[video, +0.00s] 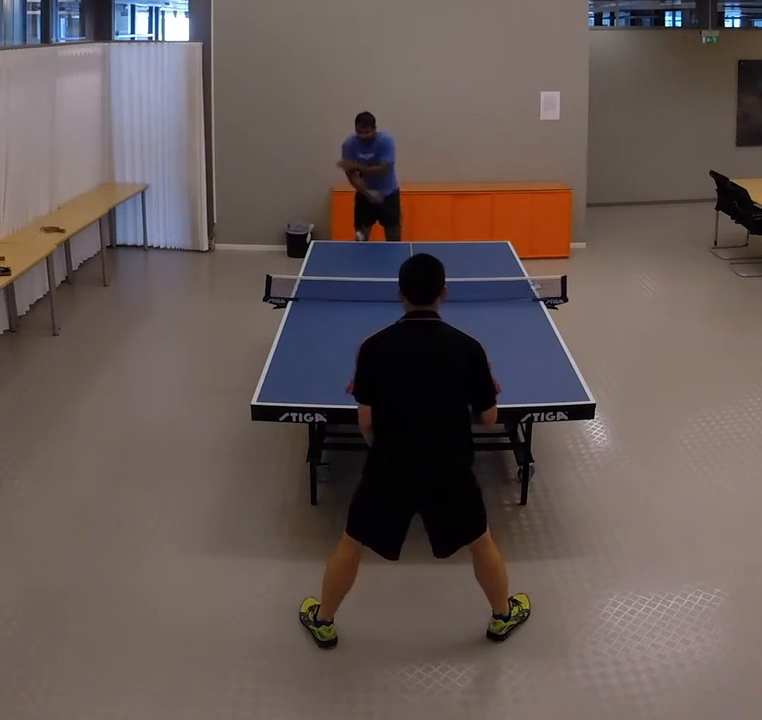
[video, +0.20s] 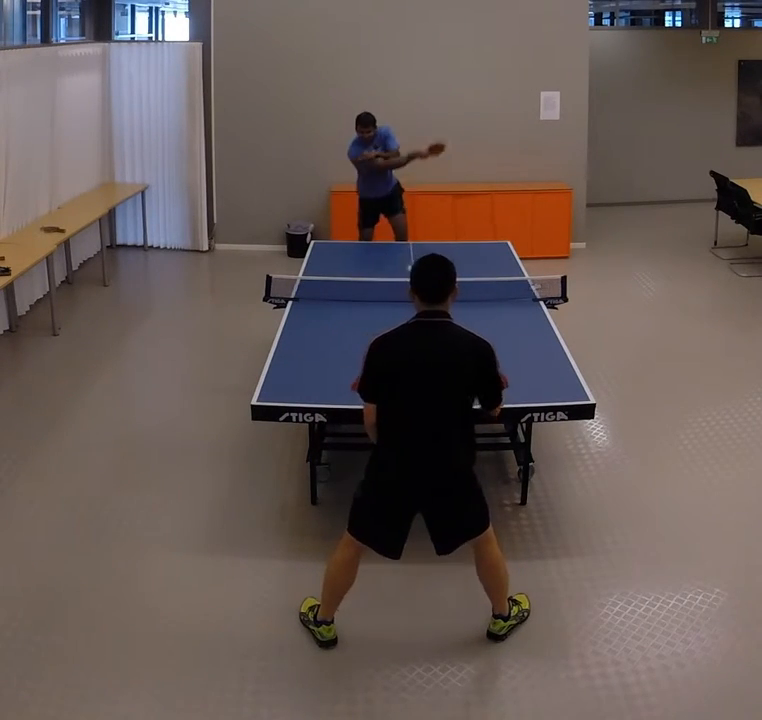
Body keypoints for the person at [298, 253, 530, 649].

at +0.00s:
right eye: (439, 285)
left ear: (400, 292)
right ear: (443, 291)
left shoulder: (375, 348)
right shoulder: (466, 348)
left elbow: (366, 421)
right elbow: (489, 416)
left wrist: (383, 450)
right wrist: (486, 389)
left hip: (390, 468)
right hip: (448, 468)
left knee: (352, 542)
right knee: (480, 541)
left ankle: (323, 621)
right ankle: (502, 616)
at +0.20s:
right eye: (454, 285)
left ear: (411, 292)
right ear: (455, 291)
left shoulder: (384, 347)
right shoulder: (476, 348)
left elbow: (371, 420)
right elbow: (492, 410)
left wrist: (389, 448)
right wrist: (495, 386)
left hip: (392, 467)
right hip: (451, 468)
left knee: (352, 543)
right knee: (483, 540)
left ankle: (323, 620)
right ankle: (502, 615)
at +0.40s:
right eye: (484, 282)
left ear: (442, 288)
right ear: (485, 288)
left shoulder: (416, 341)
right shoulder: (507, 343)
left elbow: (392, 409)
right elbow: (527, 409)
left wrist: (404, 446)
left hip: (421, 462)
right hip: (478, 464)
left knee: (376, 543)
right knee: (501, 532)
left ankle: (331, 612)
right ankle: (503, 613)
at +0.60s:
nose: (496, 279)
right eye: (496, 274)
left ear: (453, 278)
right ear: (494, 277)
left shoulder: (427, 329)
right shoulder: (521, 328)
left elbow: (408, 398)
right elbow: (541, 394)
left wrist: (413, 437)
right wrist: (536, 427)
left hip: (440, 451)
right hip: (499, 451)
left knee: (406, 536)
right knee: (505, 532)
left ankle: (376, 620)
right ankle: (503, 614)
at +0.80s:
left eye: (453, 273)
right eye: (494, 272)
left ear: (452, 279)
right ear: (496, 278)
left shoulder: (430, 333)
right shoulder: (514, 331)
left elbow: (417, 403)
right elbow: (503, 386)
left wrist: (416, 442)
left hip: (440, 450)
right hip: (494, 452)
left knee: (396, 533)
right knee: (501, 538)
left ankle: (364, 616)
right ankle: (504, 613)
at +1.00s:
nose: (425, 290)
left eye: (424, 284)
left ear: (424, 290)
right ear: (466, 290)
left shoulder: (403, 349)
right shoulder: (485, 344)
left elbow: (392, 423)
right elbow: (454, 381)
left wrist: (388, 455)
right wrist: (393, 364)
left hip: (413, 465)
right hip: (465, 463)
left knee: (361, 549)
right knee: (488, 535)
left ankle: (317, 627)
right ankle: (503, 612)